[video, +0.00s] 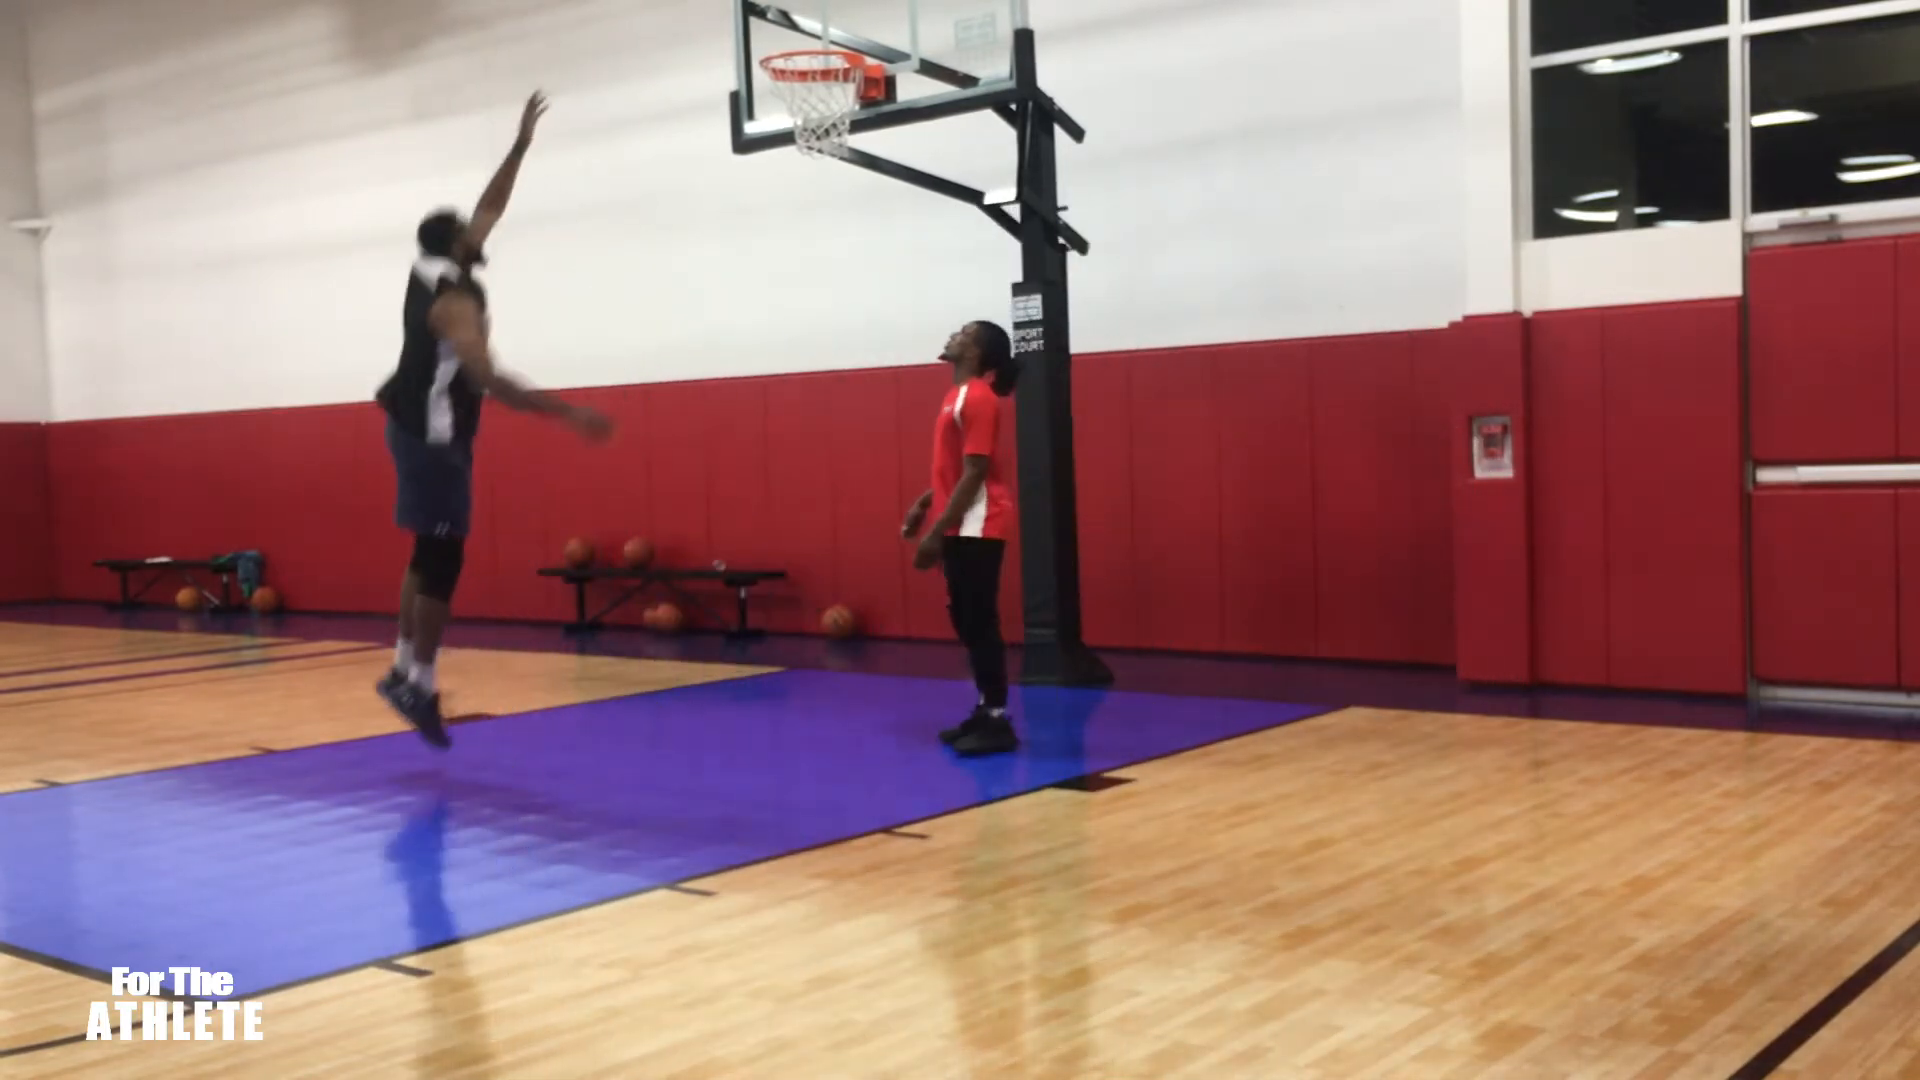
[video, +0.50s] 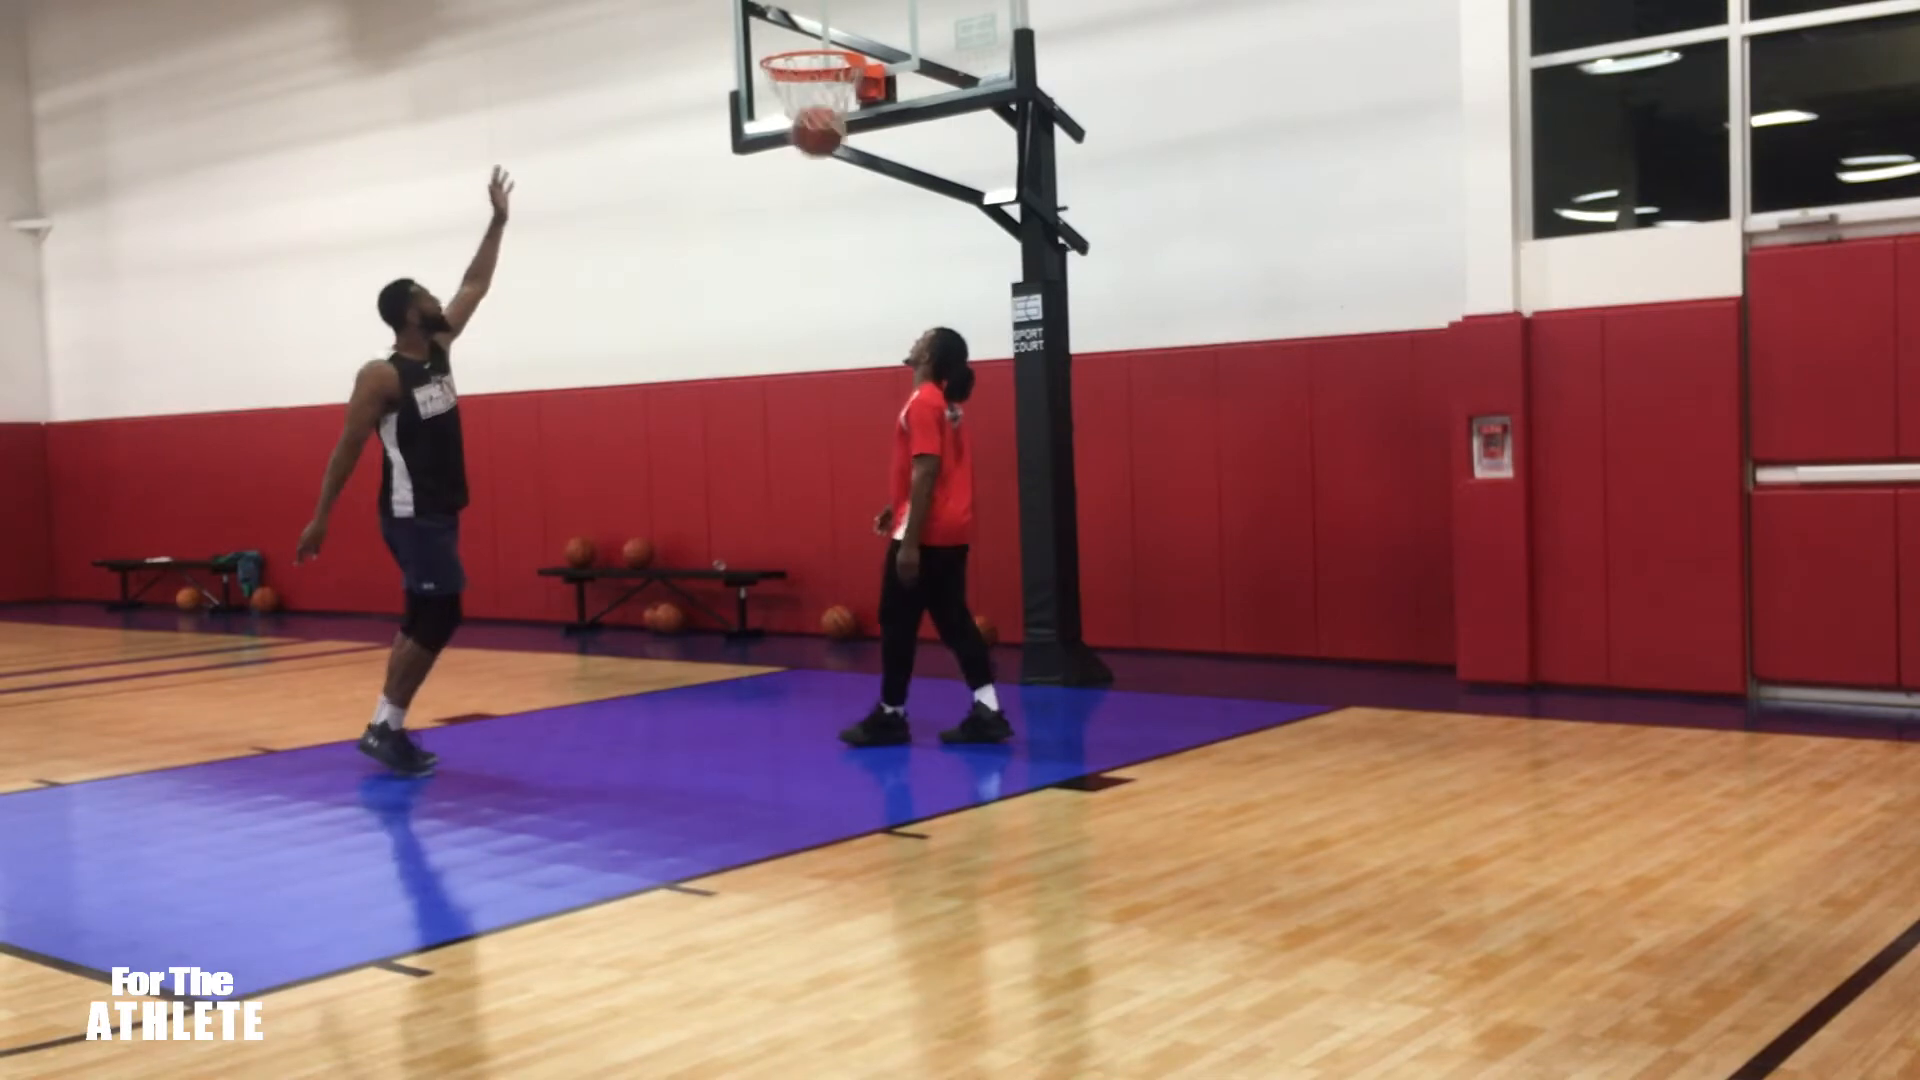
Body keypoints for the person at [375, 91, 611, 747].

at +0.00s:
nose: (477, 234)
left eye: (472, 230)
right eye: (470, 233)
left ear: (439, 243)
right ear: (456, 246)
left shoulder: (434, 265)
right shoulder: (456, 299)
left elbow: (490, 207)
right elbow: (484, 375)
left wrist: (521, 145)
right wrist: (567, 412)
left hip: (415, 422)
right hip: (438, 433)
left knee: (431, 548)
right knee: (445, 554)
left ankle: (405, 669)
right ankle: (419, 682)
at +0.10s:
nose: (461, 305)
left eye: (458, 300)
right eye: (453, 301)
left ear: (435, 312)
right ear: (436, 313)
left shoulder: (446, 333)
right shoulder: (429, 360)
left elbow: (476, 268)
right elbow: (433, 432)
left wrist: (495, 204)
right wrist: (491, 469)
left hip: (433, 496)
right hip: (416, 500)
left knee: (431, 617)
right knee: (430, 618)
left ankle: (391, 724)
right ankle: (385, 728)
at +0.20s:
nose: (457, 336)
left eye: (451, 330)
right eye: (447, 334)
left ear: (433, 350)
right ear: (431, 351)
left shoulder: (448, 382)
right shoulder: (415, 410)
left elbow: (474, 313)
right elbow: (389, 471)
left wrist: (492, 247)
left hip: (434, 542)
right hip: (416, 545)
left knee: (444, 634)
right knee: (466, 634)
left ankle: (385, 733)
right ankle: (392, 730)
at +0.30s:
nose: (451, 328)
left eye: (445, 321)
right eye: (443, 324)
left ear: (424, 340)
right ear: (424, 340)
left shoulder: (439, 376)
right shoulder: (397, 401)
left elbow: (476, 311)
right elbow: (362, 475)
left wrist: (511, 250)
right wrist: (330, 543)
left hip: (432, 532)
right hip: (418, 536)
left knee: (435, 631)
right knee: (480, 618)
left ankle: (383, 732)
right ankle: (416, 719)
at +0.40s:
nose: (442, 309)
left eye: (437, 302)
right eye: (433, 304)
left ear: (420, 320)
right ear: (413, 321)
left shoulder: (438, 360)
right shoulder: (385, 386)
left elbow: (475, 297)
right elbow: (347, 460)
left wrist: (507, 236)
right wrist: (319, 526)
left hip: (438, 519)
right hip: (416, 522)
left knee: (429, 617)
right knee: (464, 613)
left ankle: (386, 722)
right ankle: (405, 721)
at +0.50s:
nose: (438, 302)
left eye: (433, 295)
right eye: (429, 297)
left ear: (419, 313)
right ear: (408, 313)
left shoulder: (440, 350)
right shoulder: (381, 377)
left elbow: (475, 285)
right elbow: (346, 453)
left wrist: (498, 219)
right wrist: (319, 520)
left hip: (441, 514)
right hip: (411, 518)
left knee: (429, 616)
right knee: (440, 615)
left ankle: (388, 724)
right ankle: (385, 726)